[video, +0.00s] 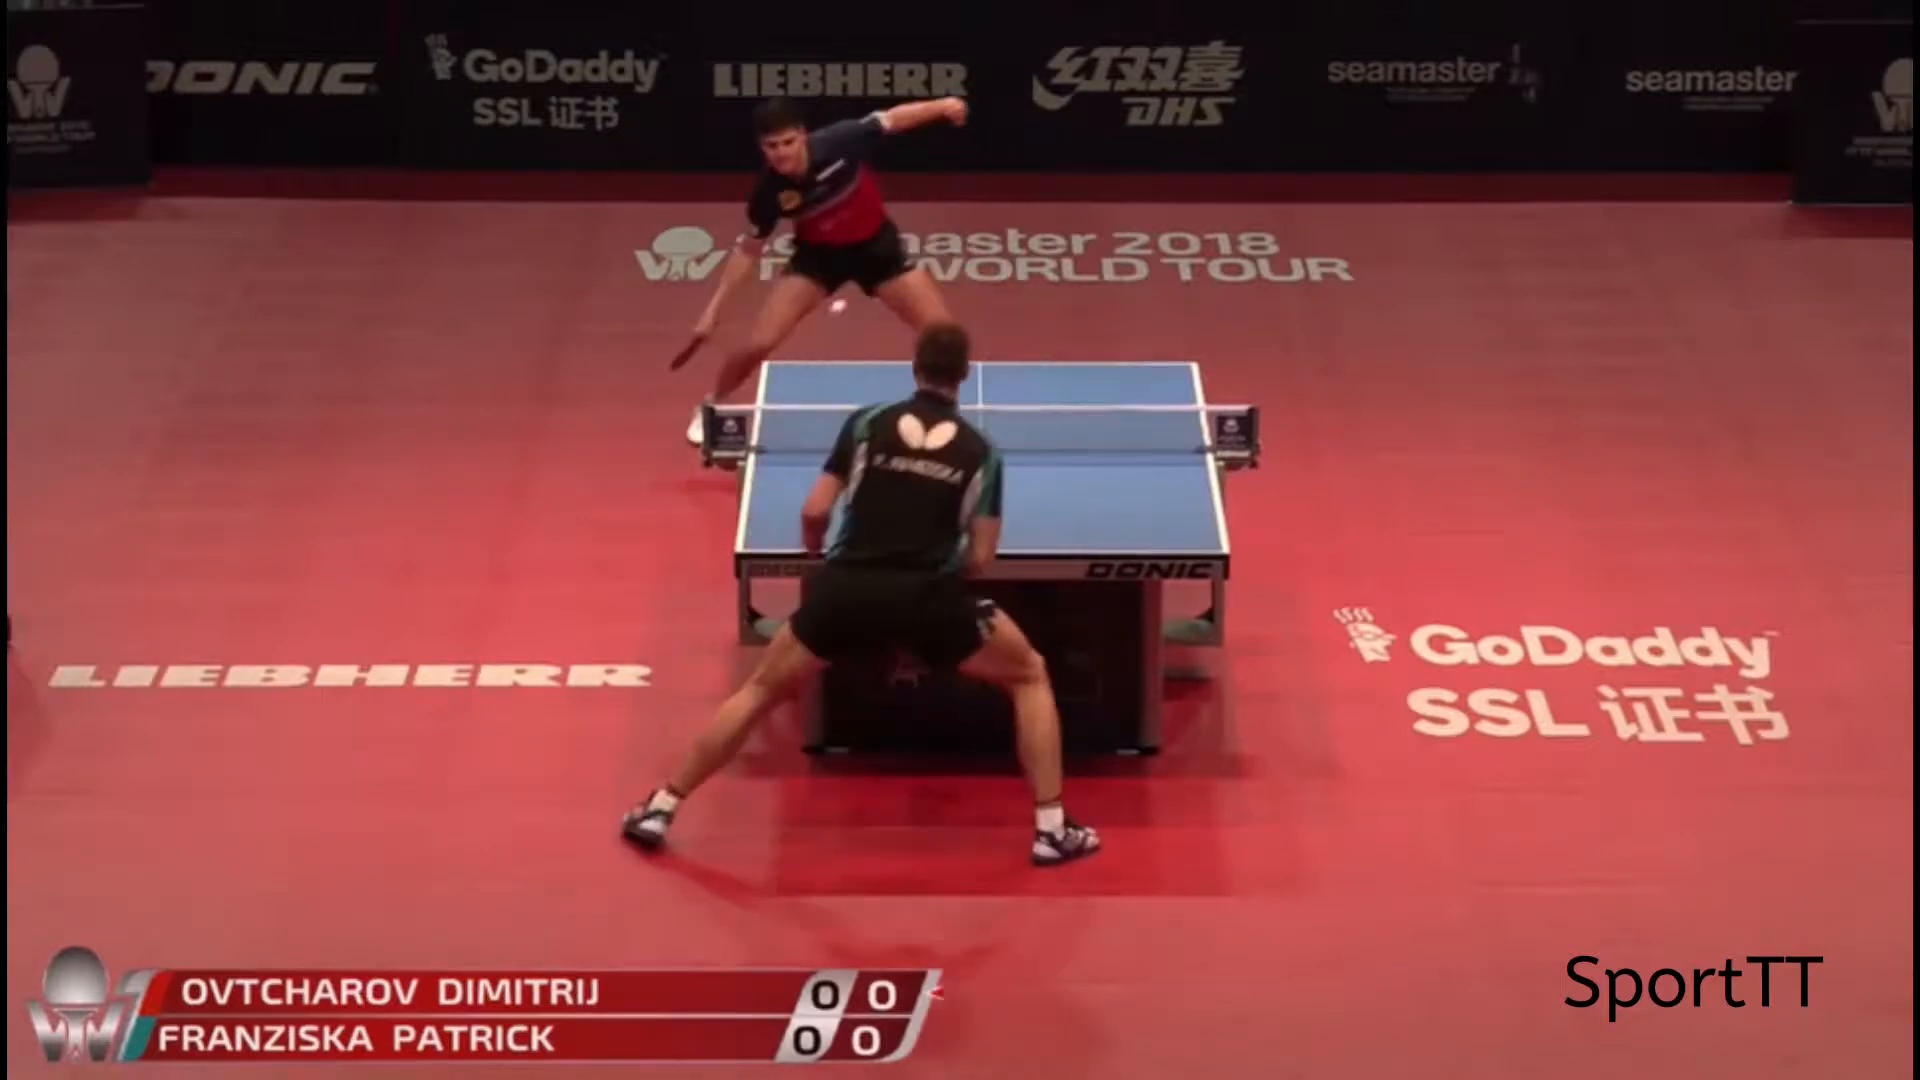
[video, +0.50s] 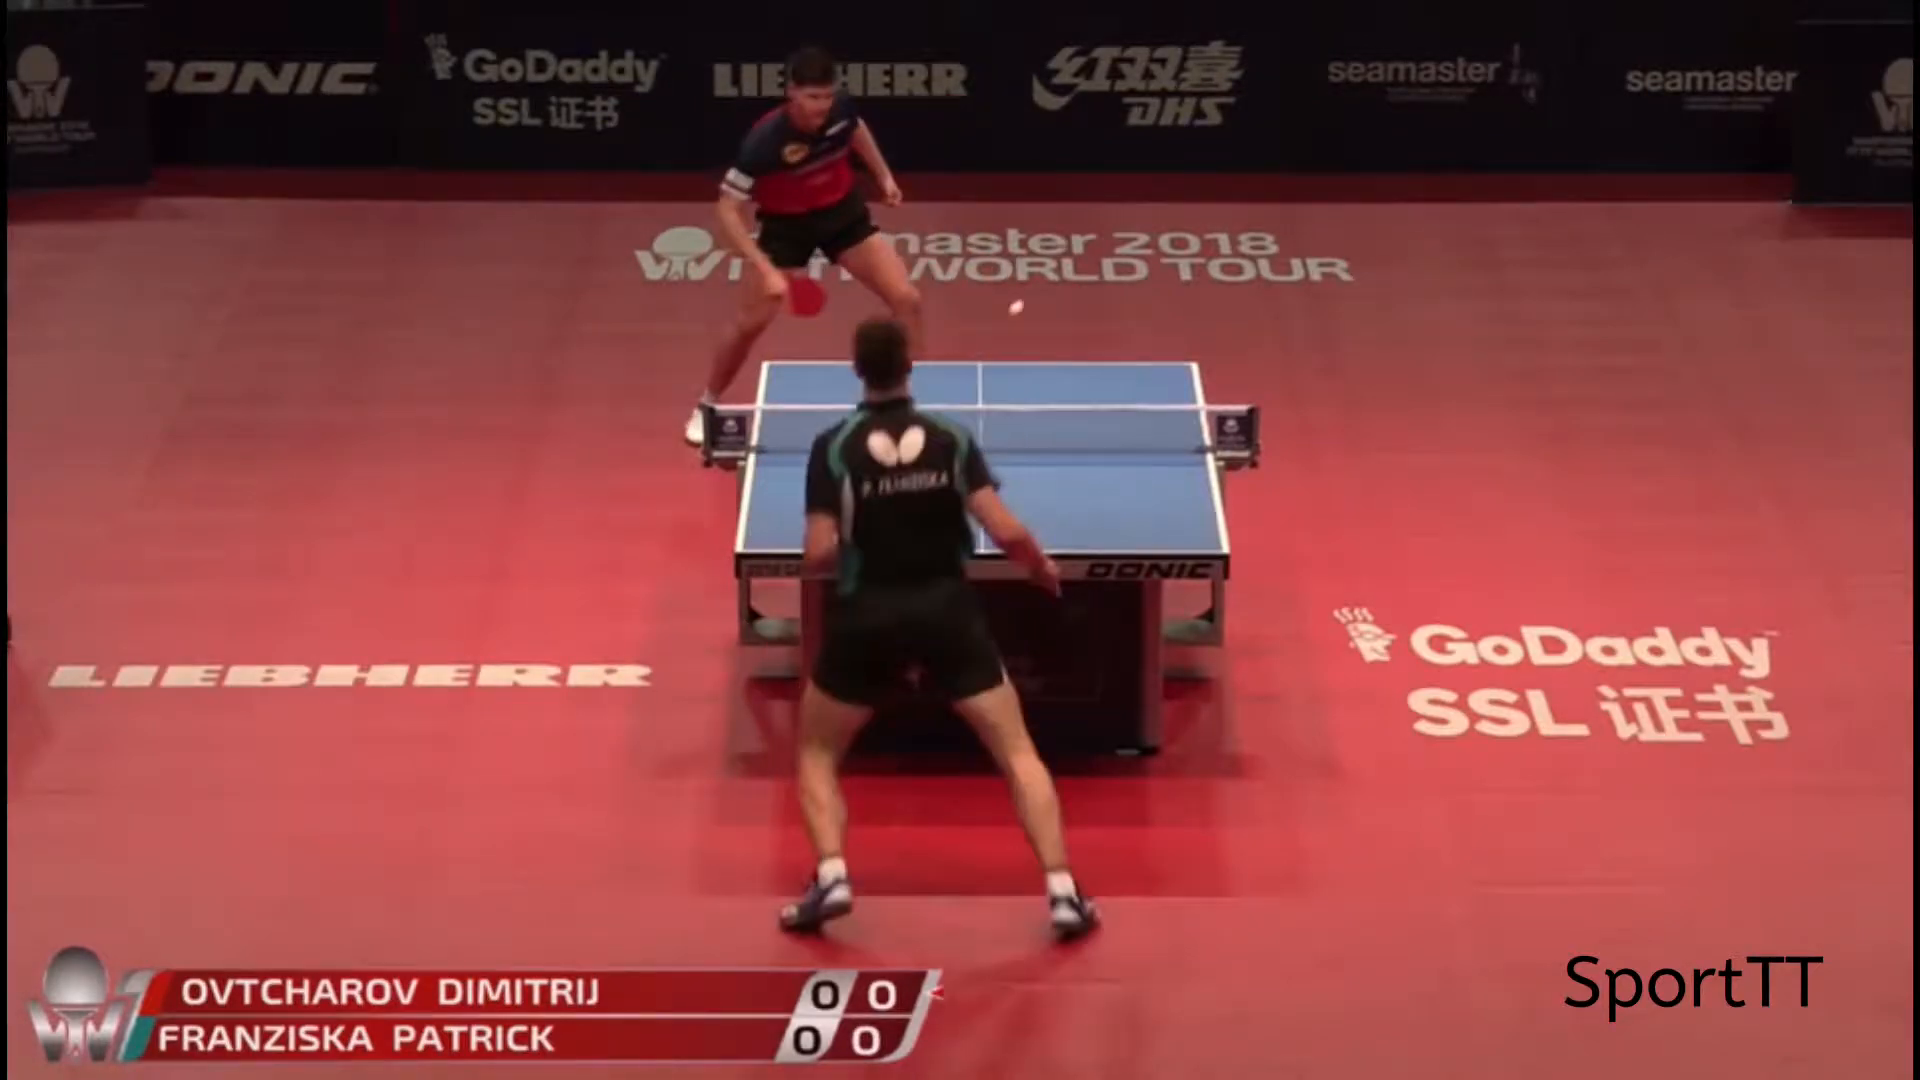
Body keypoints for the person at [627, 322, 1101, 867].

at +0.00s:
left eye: (933, 363)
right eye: (951, 368)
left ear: (915, 368)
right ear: (964, 377)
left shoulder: (866, 423)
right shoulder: (982, 452)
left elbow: (815, 511)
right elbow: (979, 559)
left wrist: (820, 558)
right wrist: (926, 570)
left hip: (845, 590)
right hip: (931, 598)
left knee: (758, 692)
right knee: (1028, 675)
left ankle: (661, 809)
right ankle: (1052, 828)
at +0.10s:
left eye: (929, 344)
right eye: (952, 348)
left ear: (917, 352)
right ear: (966, 361)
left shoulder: (873, 409)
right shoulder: (990, 435)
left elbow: (827, 497)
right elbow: (993, 542)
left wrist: (830, 538)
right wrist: (945, 547)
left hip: (856, 580)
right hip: (940, 588)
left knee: (764, 690)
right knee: (1027, 676)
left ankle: (676, 805)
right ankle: (1052, 825)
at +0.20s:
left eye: (892, 287)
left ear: (891, 296)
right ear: (945, 297)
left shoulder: (853, 360)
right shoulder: (975, 367)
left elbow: (827, 449)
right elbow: (1015, 473)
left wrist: (855, 482)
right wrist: (1008, 535)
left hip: (861, 536)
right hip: (943, 540)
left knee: (818, 674)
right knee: (996, 679)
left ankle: (790, 823)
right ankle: (1030, 833)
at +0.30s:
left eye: (892, 287)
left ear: (891, 296)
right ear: (945, 297)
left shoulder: (853, 360)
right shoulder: (975, 367)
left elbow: (827, 449)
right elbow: (1015, 473)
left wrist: (856, 482)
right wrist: (1008, 535)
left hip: (861, 536)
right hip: (943, 540)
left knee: (818, 674)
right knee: (996, 679)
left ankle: (790, 823)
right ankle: (1030, 833)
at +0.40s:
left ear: (879, 309)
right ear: (932, 310)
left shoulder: (844, 383)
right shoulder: (968, 384)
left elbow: (826, 478)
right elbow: (1015, 485)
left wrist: (862, 503)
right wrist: (1030, 539)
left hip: (863, 559)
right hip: (945, 560)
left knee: (822, 693)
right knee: (1002, 693)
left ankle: (815, 827)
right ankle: (1030, 841)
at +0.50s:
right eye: (902, 362)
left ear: (857, 371)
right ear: (909, 369)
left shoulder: (833, 446)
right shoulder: (951, 437)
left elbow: (820, 547)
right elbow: (1006, 530)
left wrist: (809, 565)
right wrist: (1040, 565)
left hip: (867, 623)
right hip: (950, 616)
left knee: (818, 750)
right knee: (1017, 752)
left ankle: (831, 877)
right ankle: (1063, 891)